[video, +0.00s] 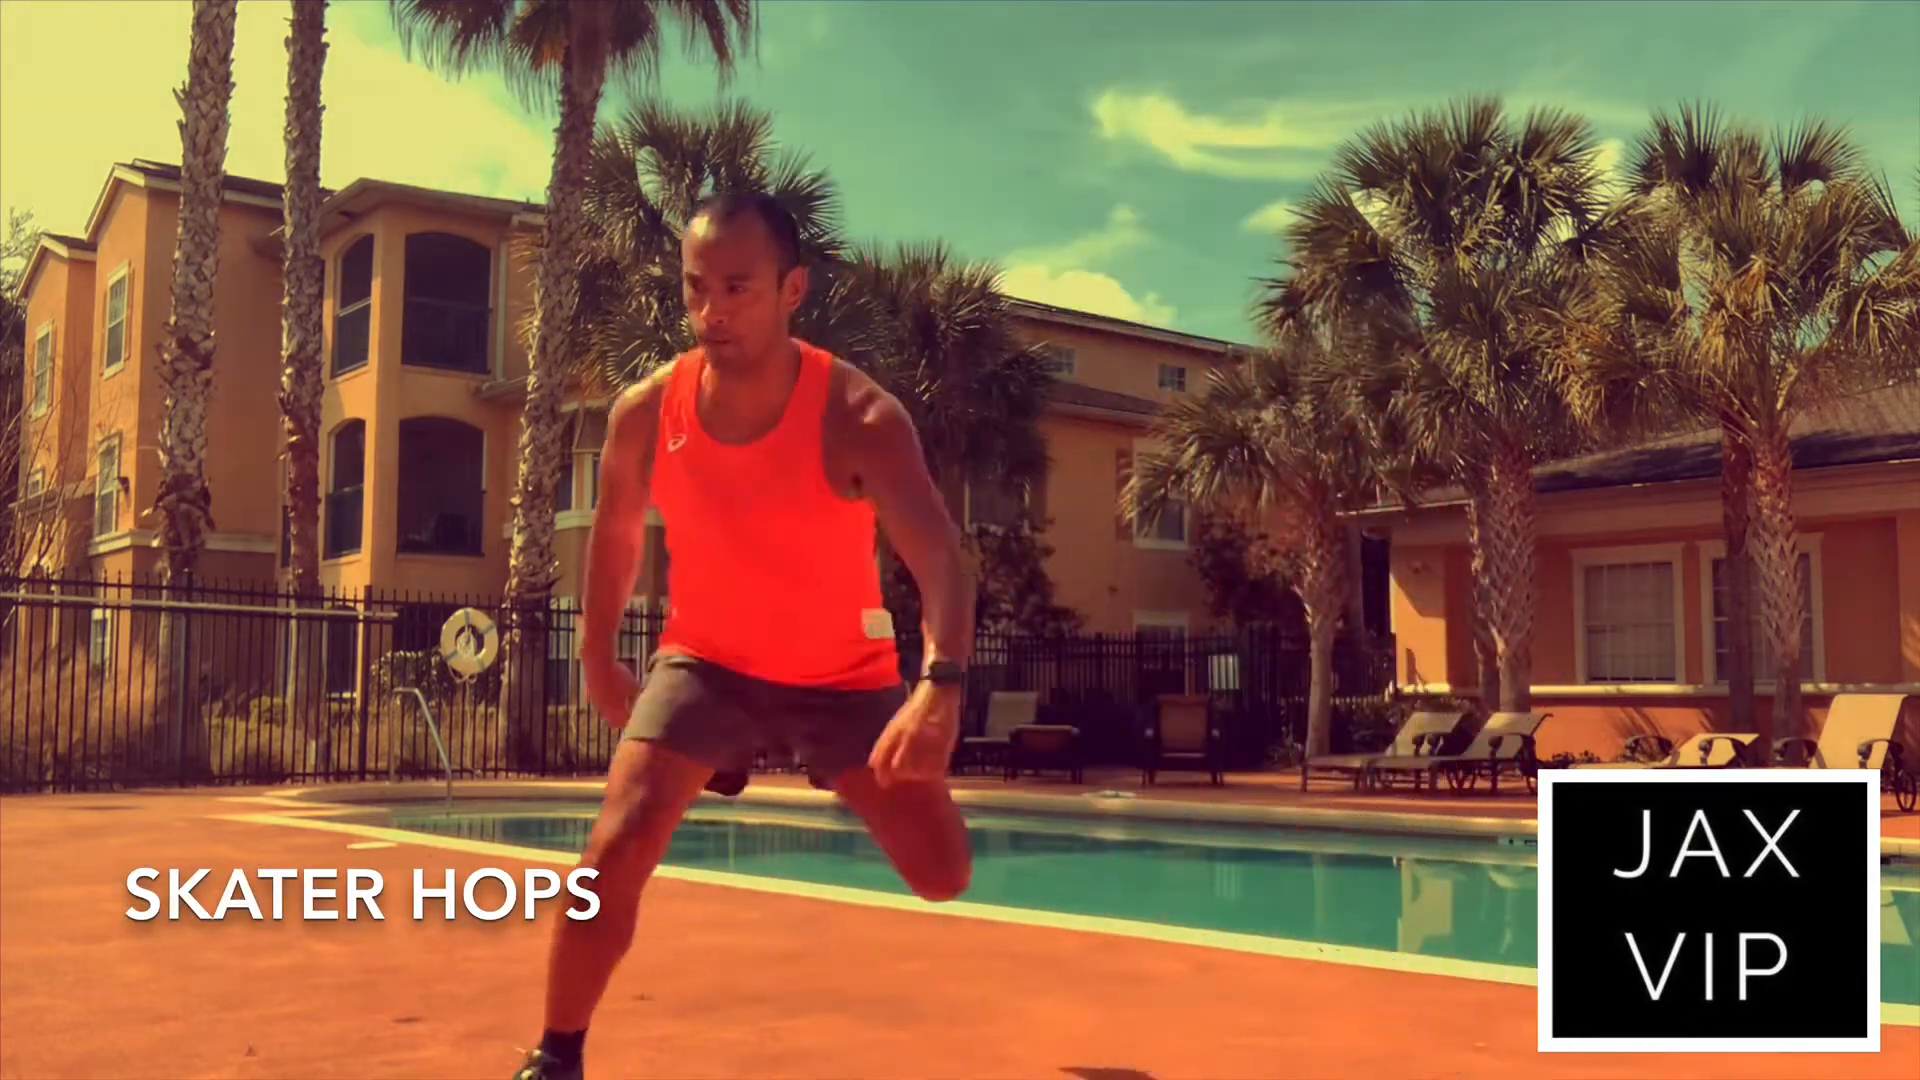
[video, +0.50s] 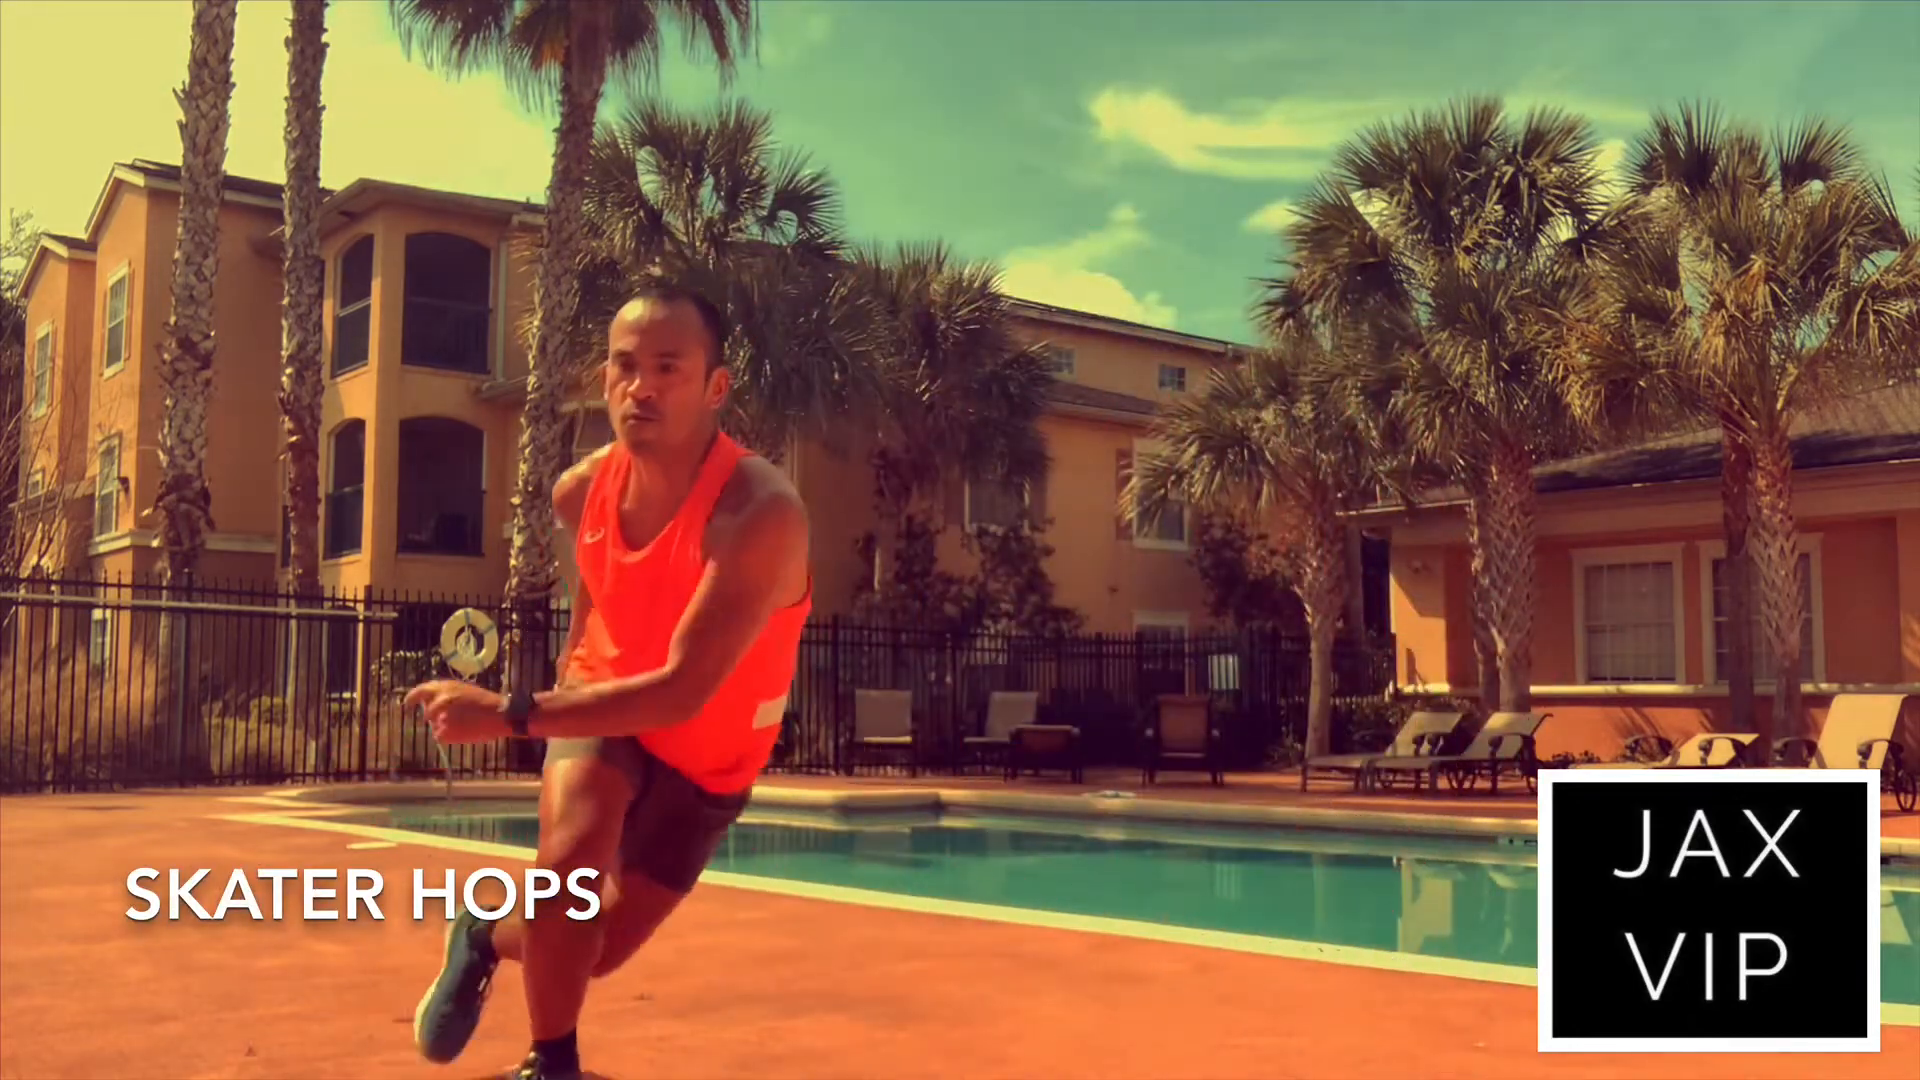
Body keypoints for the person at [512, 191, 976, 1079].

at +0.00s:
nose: (711, 314)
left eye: (736, 290)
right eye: (697, 290)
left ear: (793, 289)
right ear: (683, 289)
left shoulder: (860, 416)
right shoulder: (648, 411)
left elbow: (941, 563)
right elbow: (616, 532)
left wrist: (940, 685)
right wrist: (597, 655)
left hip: (846, 675)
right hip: (703, 666)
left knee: (942, 876)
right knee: (619, 837)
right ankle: (556, 1056)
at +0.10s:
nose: (640, 365)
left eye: (666, 342)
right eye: (627, 342)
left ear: (724, 346)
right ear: (612, 345)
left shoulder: (785, 469)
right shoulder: (592, 457)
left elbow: (784, 651)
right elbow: (575, 562)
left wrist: (672, 778)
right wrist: (546, 666)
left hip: (770, 707)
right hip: (649, 682)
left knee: (754, 936)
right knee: (603, 847)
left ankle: (665, 828)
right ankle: (554, 1057)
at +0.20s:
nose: (601, 413)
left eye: (628, 390)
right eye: (587, 390)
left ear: (686, 400)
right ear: (572, 398)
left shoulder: (741, 531)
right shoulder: (565, 499)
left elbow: (657, 709)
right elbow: (564, 574)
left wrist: (494, 780)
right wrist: (519, 660)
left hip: (714, 766)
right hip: (609, 717)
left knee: (606, 947)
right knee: (576, 862)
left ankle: (511, 914)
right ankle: (553, 1061)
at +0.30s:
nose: (590, 448)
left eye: (617, 427)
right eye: (576, 425)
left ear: (673, 436)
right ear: (561, 430)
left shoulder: (717, 576)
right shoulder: (555, 526)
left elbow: (590, 730)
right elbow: (567, 590)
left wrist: (414, 760)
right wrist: (517, 664)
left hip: (671, 803)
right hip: (576, 739)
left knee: (539, 954)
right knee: (549, 857)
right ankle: (550, 1062)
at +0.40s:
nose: (606, 444)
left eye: (631, 423)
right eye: (592, 422)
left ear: (684, 438)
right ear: (574, 431)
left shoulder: (719, 569)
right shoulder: (559, 526)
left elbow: (586, 718)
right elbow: (566, 625)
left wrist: (420, 709)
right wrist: (521, 709)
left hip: (664, 809)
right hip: (573, 749)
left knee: (533, 950)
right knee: (554, 846)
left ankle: (401, 988)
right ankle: (551, 1063)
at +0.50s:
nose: (640, 387)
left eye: (667, 368)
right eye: (625, 365)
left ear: (717, 388)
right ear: (605, 379)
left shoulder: (763, 513)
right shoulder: (582, 491)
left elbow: (681, 691)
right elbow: (592, 609)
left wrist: (511, 716)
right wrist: (571, 677)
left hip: (709, 761)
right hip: (606, 712)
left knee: (602, 950)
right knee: (574, 863)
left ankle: (483, 934)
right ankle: (553, 1062)